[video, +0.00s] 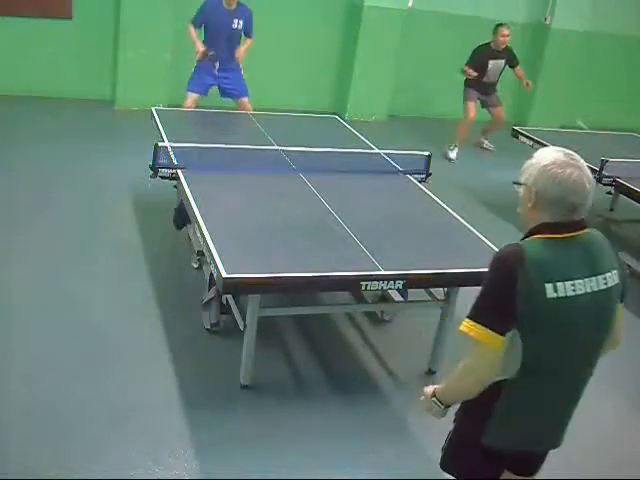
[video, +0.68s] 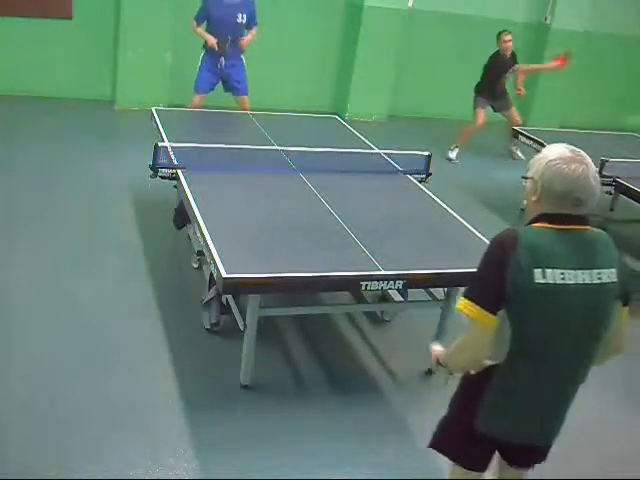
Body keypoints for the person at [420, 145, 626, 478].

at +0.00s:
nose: (519, 194)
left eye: (521, 186)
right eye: (520, 186)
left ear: (532, 197)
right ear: (580, 202)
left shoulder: (517, 260)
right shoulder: (601, 248)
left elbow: (484, 362)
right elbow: (611, 338)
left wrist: (441, 396)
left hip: (497, 415)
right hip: (555, 410)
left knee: (472, 471)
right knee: (520, 471)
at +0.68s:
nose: (524, 187)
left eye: (528, 180)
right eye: (527, 180)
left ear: (538, 190)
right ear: (585, 195)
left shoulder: (513, 244)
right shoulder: (604, 247)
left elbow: (478, 343)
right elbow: (614, 342)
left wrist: (446, 358)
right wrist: (571, 358)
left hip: (496, 389)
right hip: (555, 391)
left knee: (466, 470)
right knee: (513, 470)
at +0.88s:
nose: (508, 188)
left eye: (511, 181)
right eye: (511, 180)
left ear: (519, 189)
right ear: (568, 192)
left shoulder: (492, 239)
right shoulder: (588, 246)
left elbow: (446, 330)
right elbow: (599, 333)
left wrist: (426, 303)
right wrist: (548, 340)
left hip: (479, 380)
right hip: (535, 381)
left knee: (462, 463)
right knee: (489, 450)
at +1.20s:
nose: (472, 170)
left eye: (475, 164)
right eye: (474, 163)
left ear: (481, 173)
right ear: (525, 173)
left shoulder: (464, 217)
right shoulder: (544, 220)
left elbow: (431, 303)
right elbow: (561, 301)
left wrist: (409, 280)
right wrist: (514, 301)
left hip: (461, 348)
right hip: (508, 345)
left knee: (447, 426)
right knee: (460, 400)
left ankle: (445, 470)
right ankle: (434, 456)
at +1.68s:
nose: (427, 153)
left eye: (429, 147)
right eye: (428, 147)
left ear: (436, 150)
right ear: (472, 150)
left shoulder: (429, 184)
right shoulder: (499, 188)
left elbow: (413, 265)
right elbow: (524, 257)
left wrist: (391, 271)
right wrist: (500, 272)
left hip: (441, 316)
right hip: (482, 317)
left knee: (426, 422)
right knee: (434, 386)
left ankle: (431, 472)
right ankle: (424, 457)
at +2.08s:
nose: (390, 181)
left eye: (390, 172)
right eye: (389, 173)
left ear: (401, 169)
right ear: (431, 160)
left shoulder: (400, 199)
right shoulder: (474, 193)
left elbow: (373, 288)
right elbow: (498, 267)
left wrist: (359, 282)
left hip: (424, 329)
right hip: (469, 329)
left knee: (377, 428)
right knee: (421, 383)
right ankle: (424, 456)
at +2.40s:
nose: (380, 181)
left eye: (380, 172)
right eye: (378, 173)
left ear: (392, 169)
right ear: (427, 158)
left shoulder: (400, 207)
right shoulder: (469, 197)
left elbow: (360, 298)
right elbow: (466, 271)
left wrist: (316, 285)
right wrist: (394, 282)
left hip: (412, 342)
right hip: (459, 338)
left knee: (371, 433)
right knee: (430, 399)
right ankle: (435, 466)